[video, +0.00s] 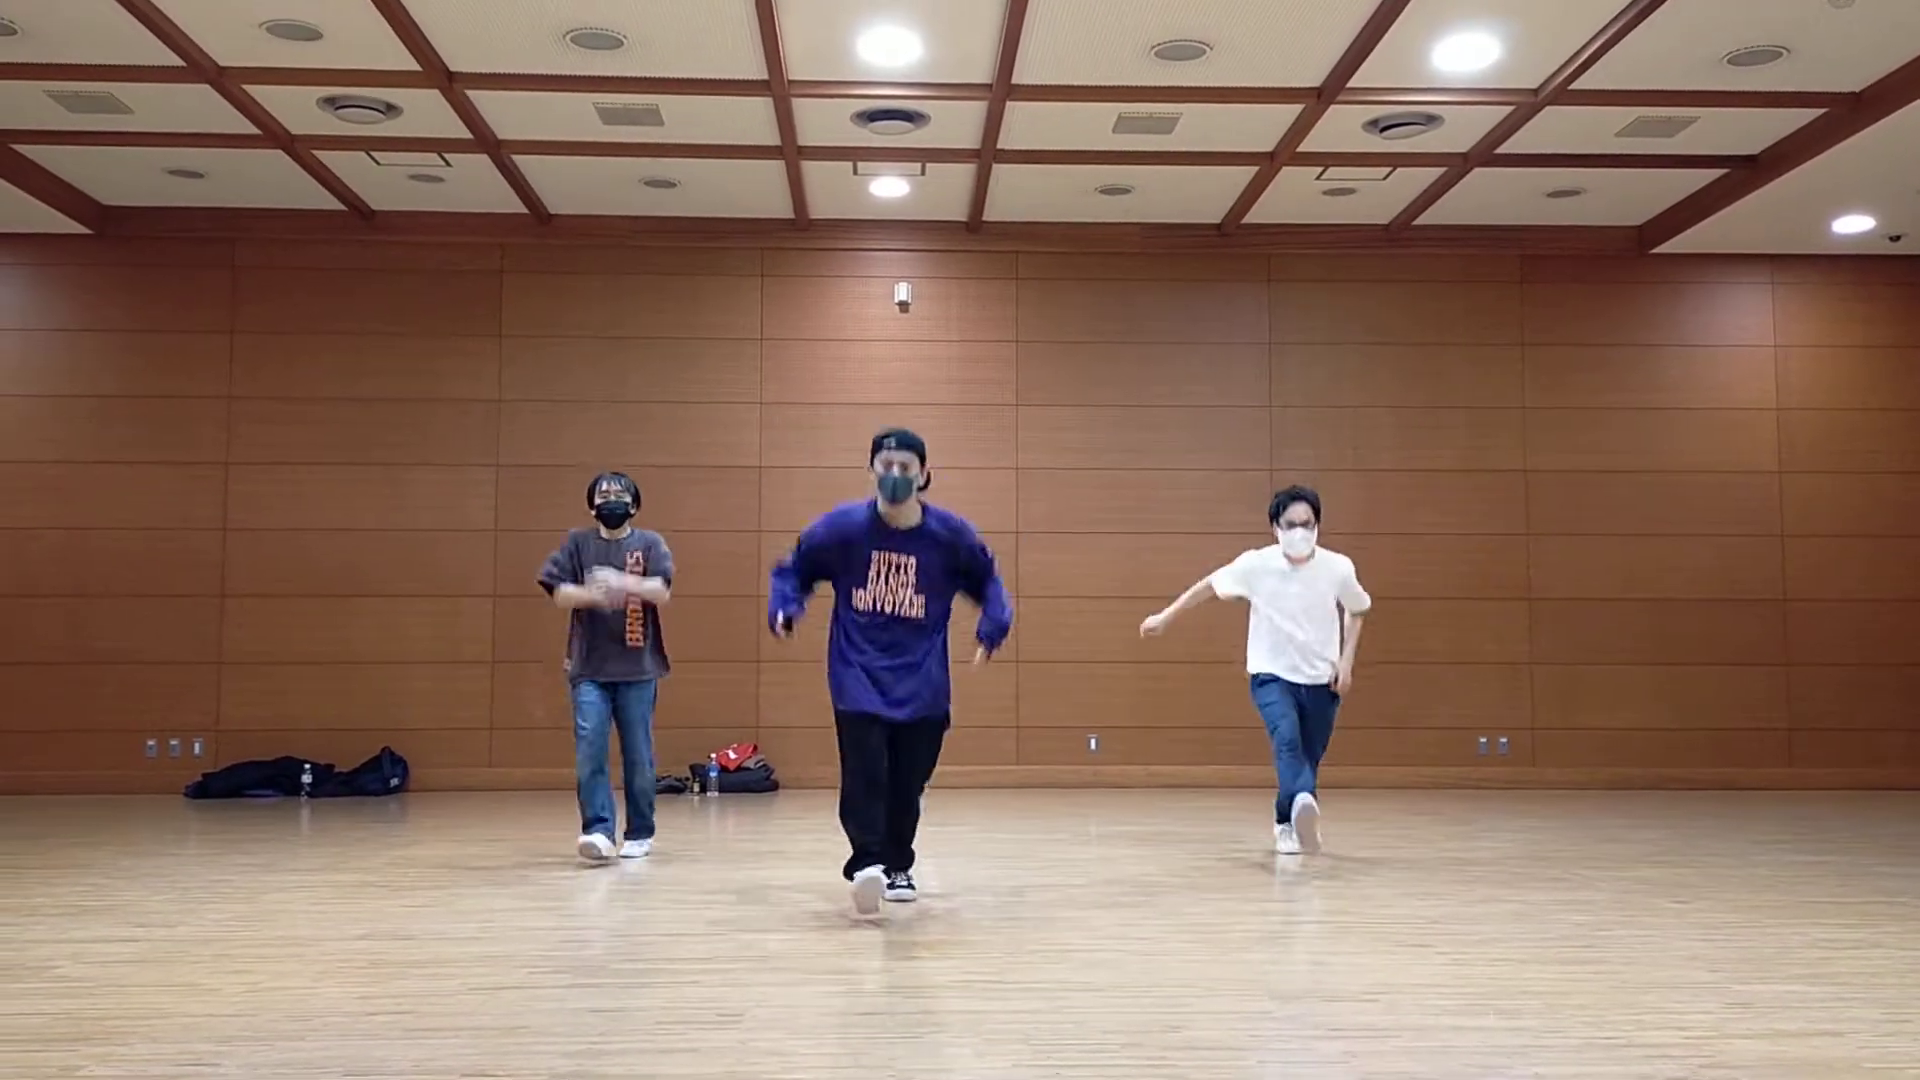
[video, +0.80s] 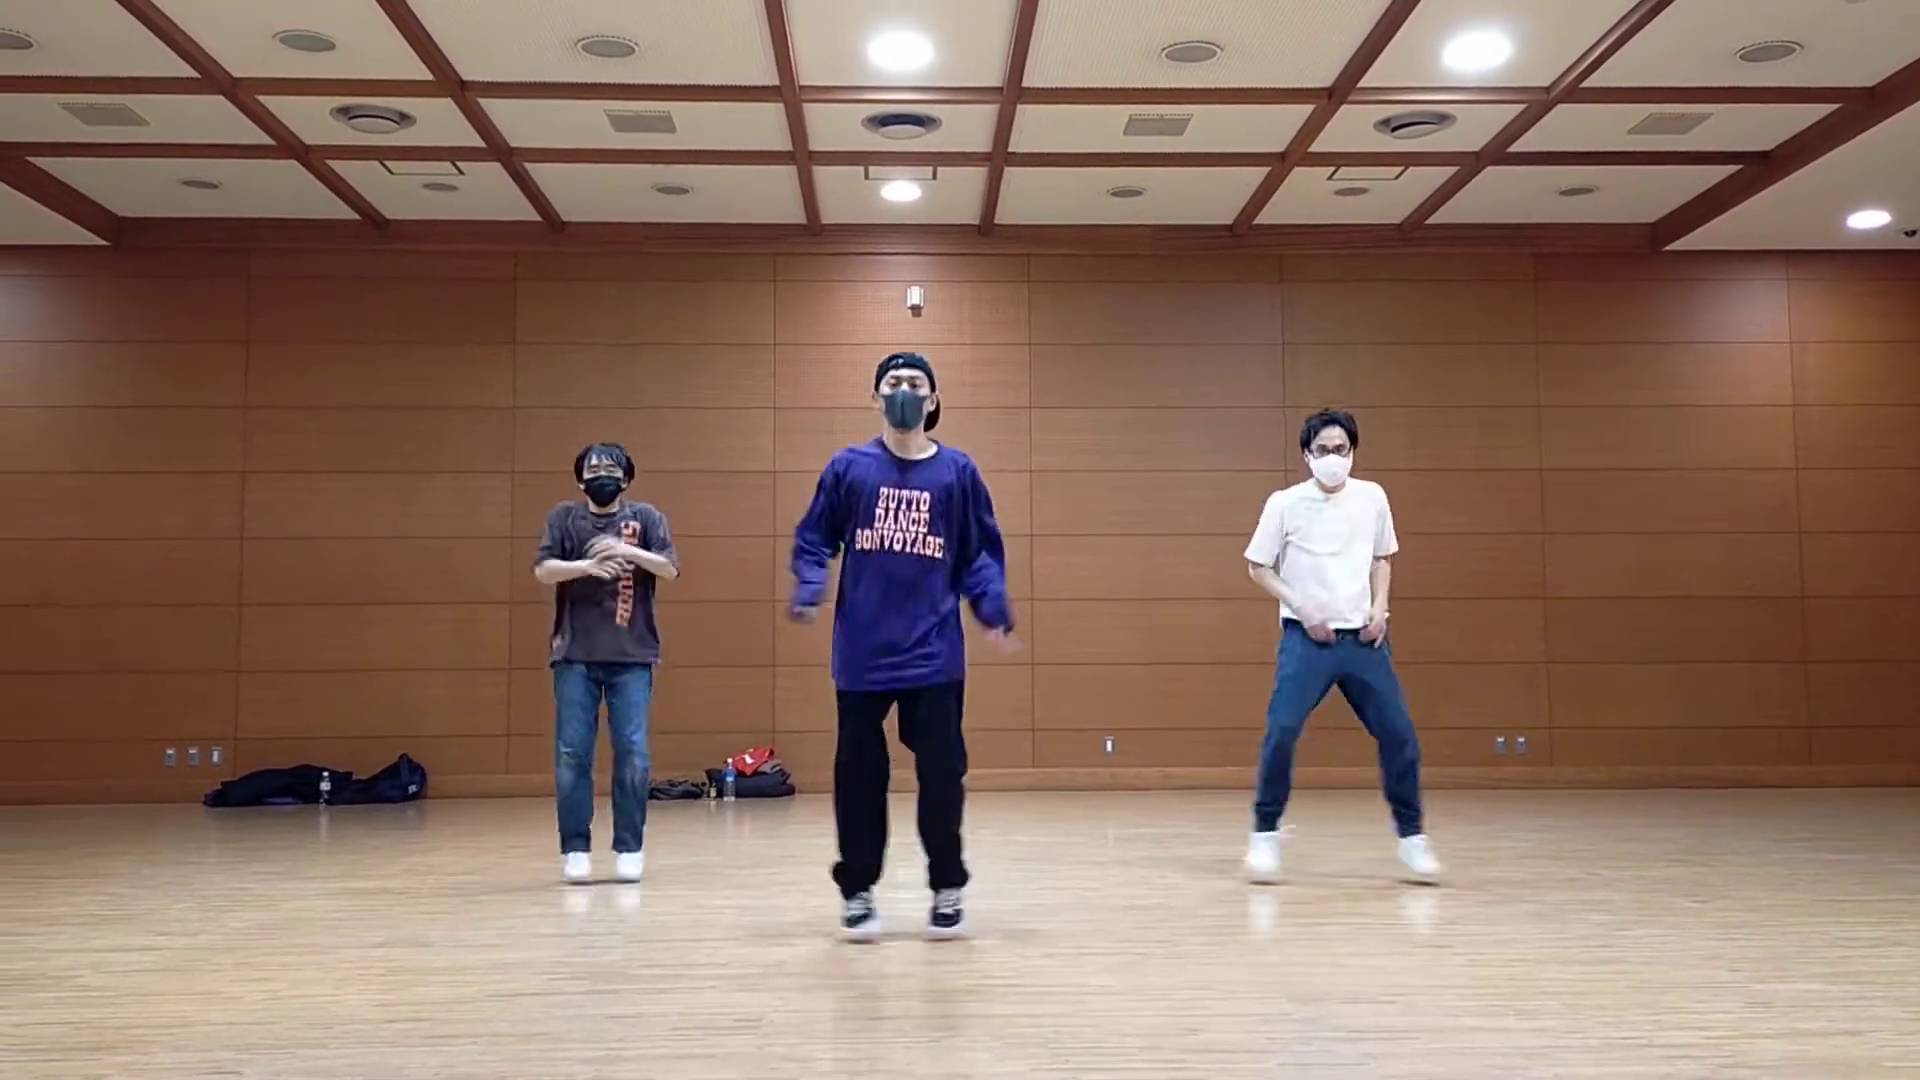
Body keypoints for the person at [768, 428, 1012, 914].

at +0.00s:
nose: (894, 474)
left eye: (905, 467)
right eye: (886, 465)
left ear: (922, 475)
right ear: (873, 471)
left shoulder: (950, 534)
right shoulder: (844, 526)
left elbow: (988, 580)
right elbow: (793, 569)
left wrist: (995, 619)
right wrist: (785, 601)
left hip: (922, 675)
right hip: (858, 672)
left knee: (908, 779)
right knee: (866, 768)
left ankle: (898, 869)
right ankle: (867, 868)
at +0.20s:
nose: (889, 499)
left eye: (899, 491)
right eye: (880, 490)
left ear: (918, 495)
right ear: (868, 493)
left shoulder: (944, 555)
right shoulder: (844, 551)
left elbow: (951, 631)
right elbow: (814, 632)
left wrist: (920, 622)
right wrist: (826, 629)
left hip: (920, 695)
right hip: (860, 689)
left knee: (917, 791)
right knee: (867, 778)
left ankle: (901, 864)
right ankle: (860, 892)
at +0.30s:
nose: (886, 461)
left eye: (897, 453)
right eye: (878, 453)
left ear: (916, 462)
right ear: (864, 461)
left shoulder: (944, 523)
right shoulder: (840, 524)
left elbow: (942, 597)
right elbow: (816, 592)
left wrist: (892, 550)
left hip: (921, 674)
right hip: (859, 672)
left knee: (919, 783)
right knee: (865, 782)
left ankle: (910, 853)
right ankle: (864, 895)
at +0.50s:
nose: (896, 431)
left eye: (906, 423)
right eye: (886, 424)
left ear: (924, 435)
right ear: (871, 435)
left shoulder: (950, 491)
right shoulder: (844, 492)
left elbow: (958, 560)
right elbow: (832, 561)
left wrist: (906, 586)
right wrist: (884, 587)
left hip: (929, 663)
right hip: (863, 665)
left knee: (924, 774)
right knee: (877, 776)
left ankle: (923, 888)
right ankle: (875, 896)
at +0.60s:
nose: (898, 438)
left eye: (909, 431)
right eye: (888, 431)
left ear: (926, 446)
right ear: (872, 444)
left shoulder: (956, 518)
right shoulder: (845, 517)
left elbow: (962, 609)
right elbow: (841, 611)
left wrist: (931, 676)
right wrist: (878, 679)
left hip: (929, 683)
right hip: (861, 684)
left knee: (917, 781)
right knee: (873, 787)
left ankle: (914, 897)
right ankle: (875, 901)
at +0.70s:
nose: (902, 416)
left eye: (912, 410)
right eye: (891, 410)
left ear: (930, 428)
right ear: (875, 427)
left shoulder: (956, 500)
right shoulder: (847, 498)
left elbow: (973, 590)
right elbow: (830, 584)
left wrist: (956, 653)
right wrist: (863, 638)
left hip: (929, 674)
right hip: (864, 673)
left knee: (923, 790)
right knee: (868, 792)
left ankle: (920, 893)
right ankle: (876, 900)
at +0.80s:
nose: (904, 389)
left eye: (915, 382)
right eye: (894, 382)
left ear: (933, 401)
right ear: (877, 399)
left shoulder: (957, 471)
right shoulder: (849, 468)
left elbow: (981, 550)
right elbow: (813, 539)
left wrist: (992, 605)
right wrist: (809, 586)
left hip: (933, 647)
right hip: (862, 648)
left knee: (942, 767)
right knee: (858, 768)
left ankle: (947, 886)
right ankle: (857, 888)